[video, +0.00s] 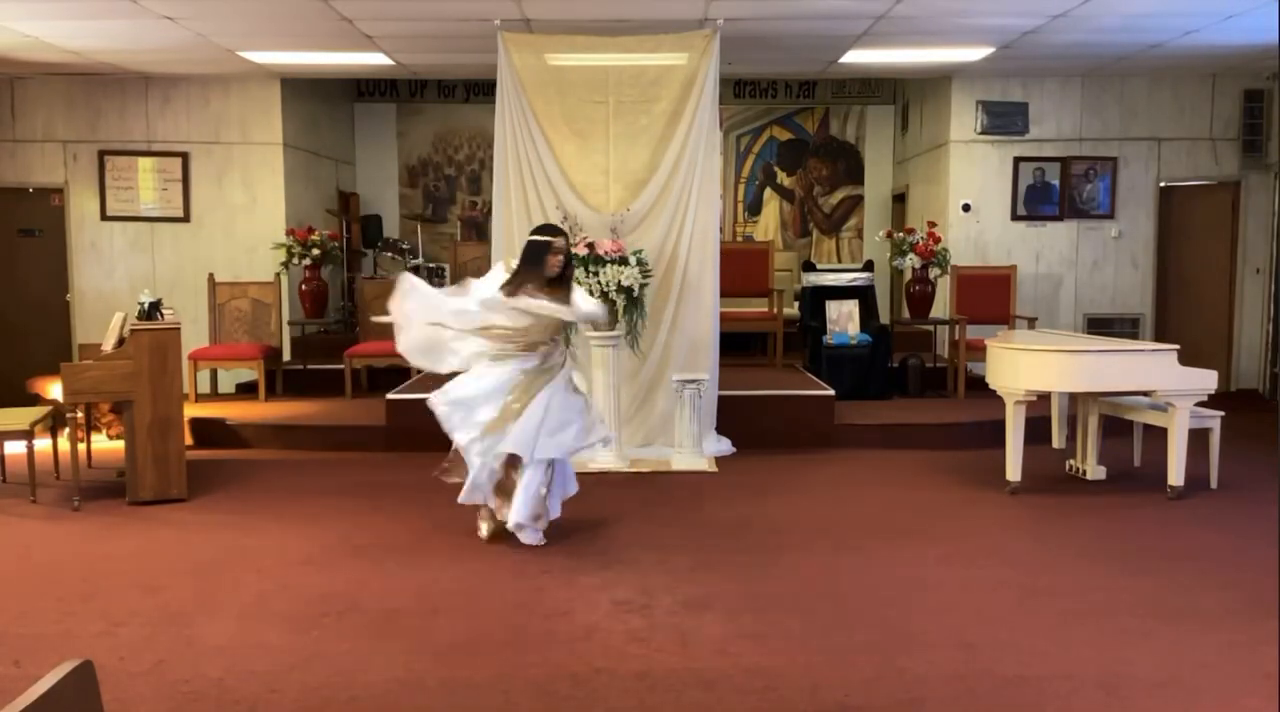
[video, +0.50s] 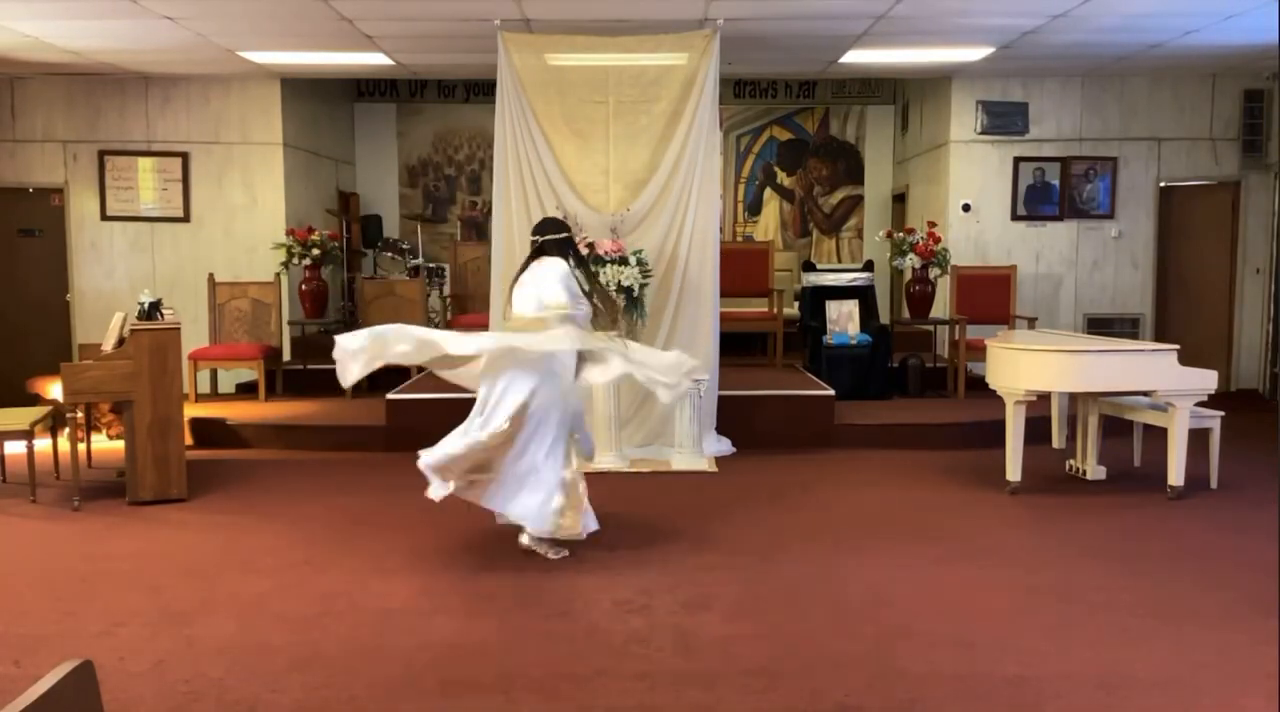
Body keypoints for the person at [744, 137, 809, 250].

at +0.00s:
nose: (777, 159)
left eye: (782, 155)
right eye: (777, 155)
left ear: (795, 157)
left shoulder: (805, 177)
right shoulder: (772, 175)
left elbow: (798, 199)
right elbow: (753, 211)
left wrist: (772, 183)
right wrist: (762, 183)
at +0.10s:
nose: (777, 159)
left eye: (781, 155)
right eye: (777, 155)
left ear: (794, 157)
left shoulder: (805, 177)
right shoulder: (772, 175)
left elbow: (798, 199)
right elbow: (753, 211)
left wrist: (772, 183)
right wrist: (762, 183)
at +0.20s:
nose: (777, 159)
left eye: (781, 155)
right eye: (777, 155)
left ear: (794, 157)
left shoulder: (805, 177)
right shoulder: (772, 175)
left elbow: (798, 199)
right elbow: (753, 211)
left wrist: (772, 183)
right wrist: (762, 183)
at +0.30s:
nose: (777, 159)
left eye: (781, 155)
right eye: (777, 155)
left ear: (794, 157)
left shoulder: (805, 177)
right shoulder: (772, 175)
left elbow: (798, 199)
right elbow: (753, 211)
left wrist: (772, 183)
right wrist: (762, 183)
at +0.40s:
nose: (777, 159)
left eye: (781, 155)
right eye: (777, 155)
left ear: (794, 157)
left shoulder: (805, 177)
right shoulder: (772, 175)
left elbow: (798, 199)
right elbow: (753, 211)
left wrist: (772, 183)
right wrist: (762, 183)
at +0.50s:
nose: (777, 159)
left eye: (781, 155)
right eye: (777, 155)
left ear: (794, 157)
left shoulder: (805, 177)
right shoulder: (772, 175)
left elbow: (798, 199)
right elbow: (753, 211)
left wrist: (772, 183)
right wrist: (762, 183)